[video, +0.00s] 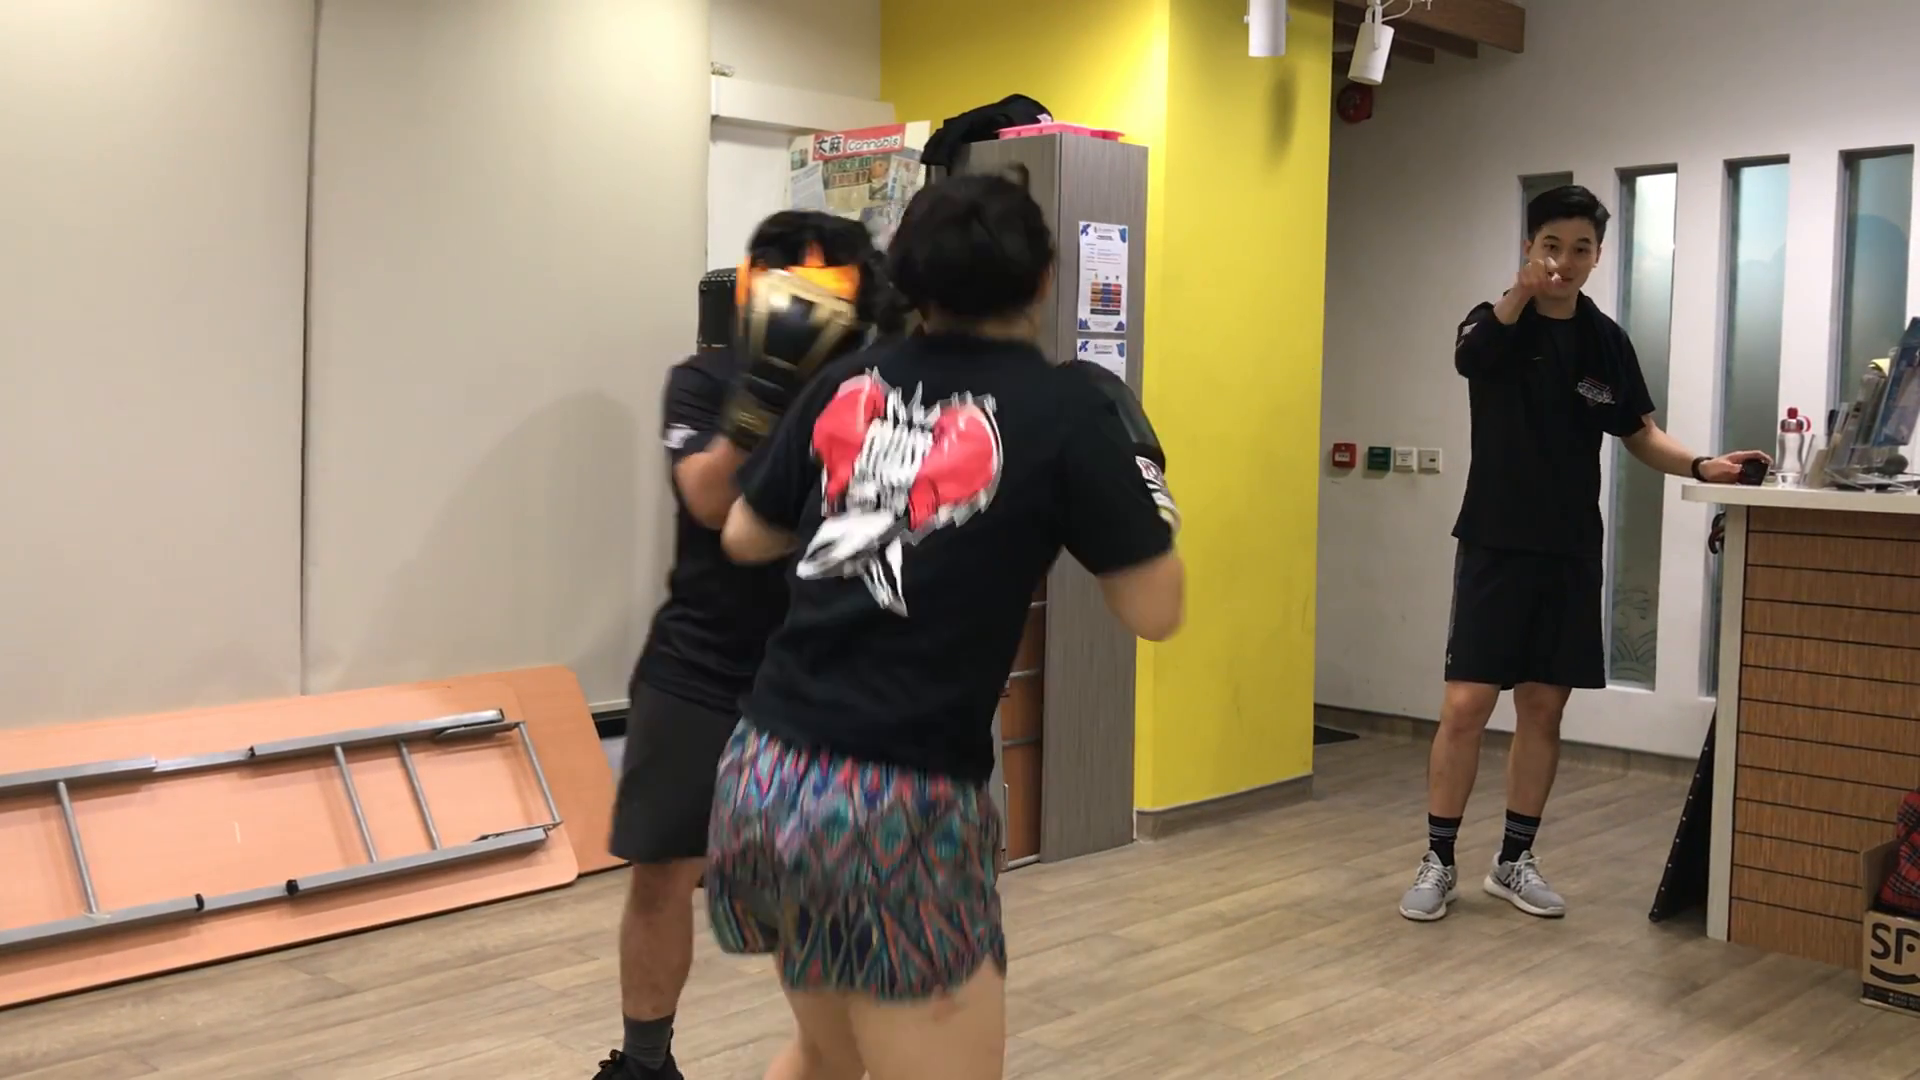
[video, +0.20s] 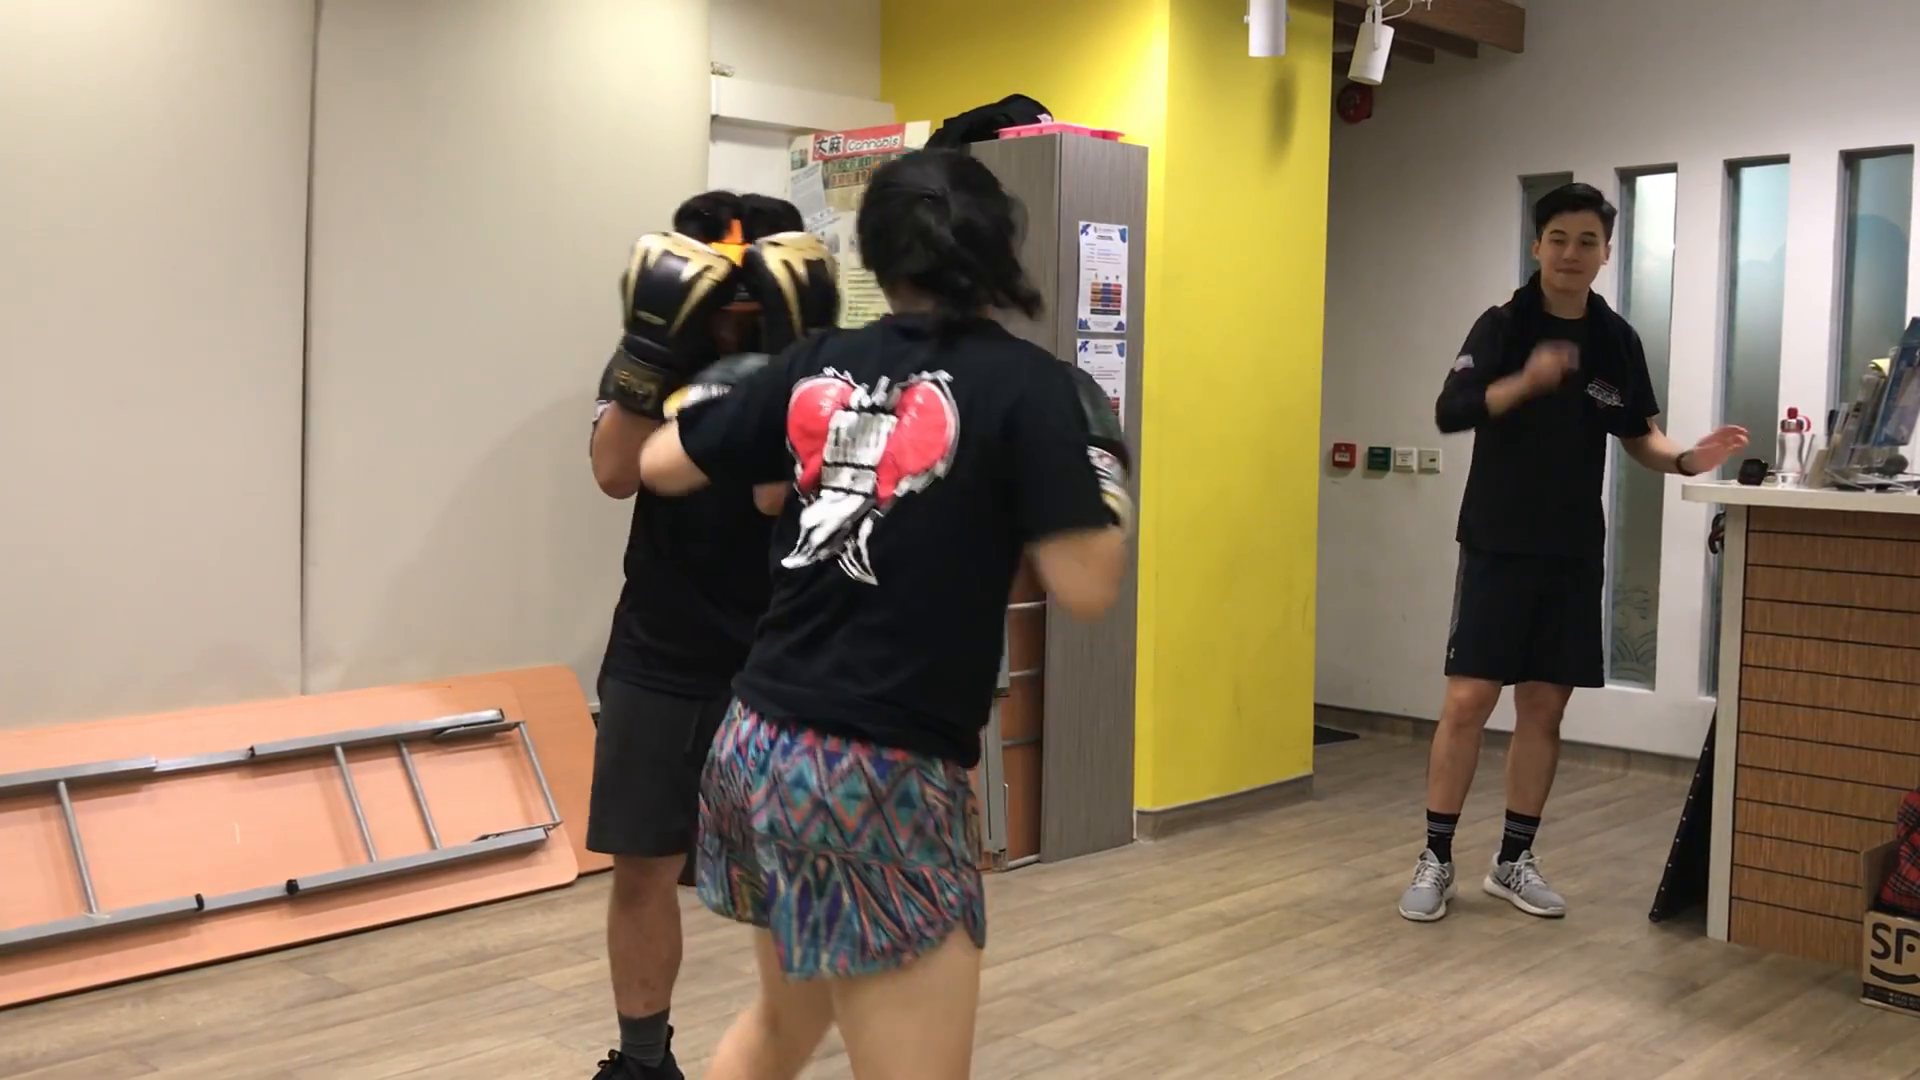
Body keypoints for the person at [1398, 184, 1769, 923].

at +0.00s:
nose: (1564, 262)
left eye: (1580, 251)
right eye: (1552, 246)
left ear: (1598, 259)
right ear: (1528, 249)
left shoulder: (1604, 339)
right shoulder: (1491, 321)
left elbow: (1642, 435)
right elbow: (1474, 355)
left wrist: (1703, 465)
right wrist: (1522, 292)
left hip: (1570, 549)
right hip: (1493, 541)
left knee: (1542, 709)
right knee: (1464, 708)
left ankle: (1513, 861)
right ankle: (1437, 863)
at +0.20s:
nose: (1571, 254)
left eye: (1587, 243)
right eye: (1558, 240)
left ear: (1605, 253)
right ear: (1536, 245)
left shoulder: (1617, 340)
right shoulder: (1502, 325)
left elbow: (1641, 437)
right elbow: (1449, 412)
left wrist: (1684, 457)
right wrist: (1526, 381)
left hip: (1573, 545)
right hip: (1496, 539)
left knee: (1543, 706)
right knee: (1468, 700)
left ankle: (1515, 861)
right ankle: (1435, 861)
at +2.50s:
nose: (1666, 272)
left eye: (1684, 260)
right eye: (1657, 257)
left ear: (1717, 264)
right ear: (1645, 258)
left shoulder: (1741, 350)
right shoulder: (1620, 330)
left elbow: (1745, 456)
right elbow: (1561, 390)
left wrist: (1650, 470)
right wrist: (1581, 467)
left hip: (1693, 545)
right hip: (1618, 538)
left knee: (1671, 705)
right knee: (1579, 695)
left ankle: (1652, 854)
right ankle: (1593, 843)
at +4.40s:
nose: (1663, 268)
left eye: (1681, 255)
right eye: (1654, 253)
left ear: (1716, 262)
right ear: (1643, 257)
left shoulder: (1742, 350)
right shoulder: (1618, 332)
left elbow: (1745, 457)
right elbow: (1557, 390)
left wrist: (1649, 469)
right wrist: (1578, 466)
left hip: (1697, 543)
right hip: (1621, 535)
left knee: (1672, 707)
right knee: (1581, 696)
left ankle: (1652, 853)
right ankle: (1593, 843)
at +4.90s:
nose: (1661, 273)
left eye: (1679, 260)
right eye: (1653, 258)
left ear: (1715, 264)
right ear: (1643, 260)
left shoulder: (1742, 350)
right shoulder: (1620, 331)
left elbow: (1745, 459)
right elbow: (1560, 391)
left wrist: (1649, 469)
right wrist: (1577, 466)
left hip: (1692, 547)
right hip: (1617, 539)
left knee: (1671, 708)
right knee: (1577, 696)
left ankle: (1651, 854)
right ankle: (1592, 843)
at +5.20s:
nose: (1668, 280)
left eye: (1685, 267)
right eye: (1658, 265)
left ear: (1716, 266)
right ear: (1645, 260)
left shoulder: (1741, 351)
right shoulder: (1620, 332)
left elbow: (1743, 460)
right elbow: (1559, 392)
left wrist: (1649, 469)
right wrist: (1577, 468)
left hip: (1692, 550)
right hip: (1617, 541)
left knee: (1670, 708)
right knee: (1576, 695)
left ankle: (1652, 853)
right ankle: (1593, 843)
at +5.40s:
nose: (1704, 296)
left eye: (1717, 283)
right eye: (1691, 282)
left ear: (1728, 275)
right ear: (1656, 267)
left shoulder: (1738, 351)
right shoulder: (1615, 334)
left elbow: (1743, 457)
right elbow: (1558, 395)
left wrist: (1648, 470)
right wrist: (1576, 469)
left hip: (1692, 551)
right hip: (1616, 544)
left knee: (1670, 707)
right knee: (1576, 696)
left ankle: (1652, 853)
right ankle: (1593, 844)